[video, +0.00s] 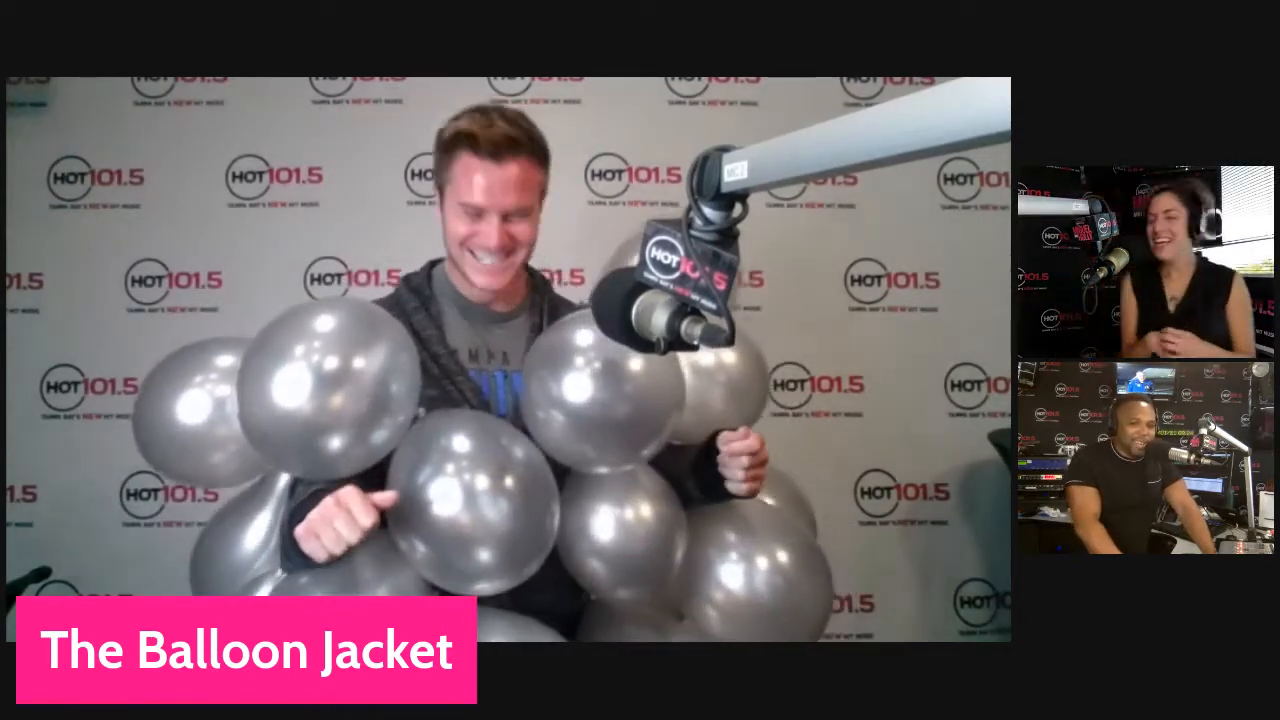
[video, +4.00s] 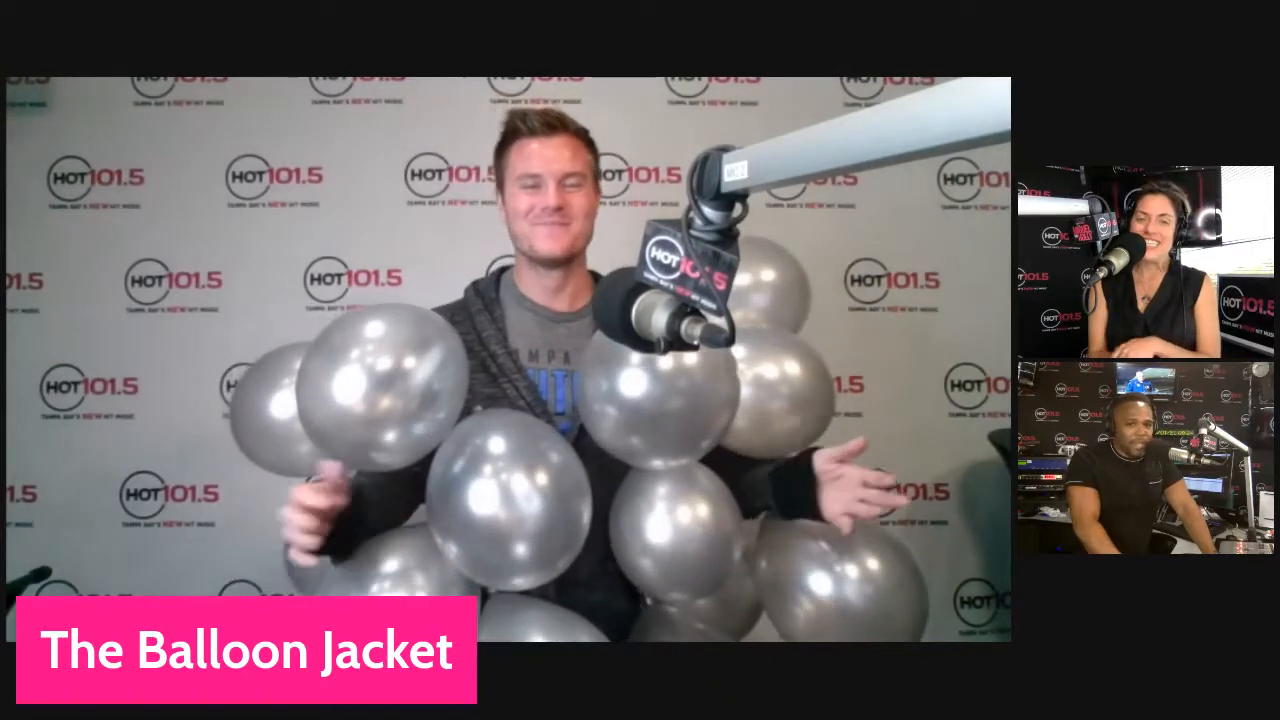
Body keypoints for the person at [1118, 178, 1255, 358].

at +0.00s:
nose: (1157, 228)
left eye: (1170, 218)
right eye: (1151, 220)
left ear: (1195, 224)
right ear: (1146, 226)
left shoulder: (1229, 283)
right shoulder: (1134, 282)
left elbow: (1248, 360)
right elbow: (1127, 355)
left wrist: (1200, 349)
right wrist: (1148, 344)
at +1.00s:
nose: (1151, 226)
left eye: (1164, 218)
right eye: (1142, 216)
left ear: (1177, 228)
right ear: (1129, 222)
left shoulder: (1196, 289)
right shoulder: (1100, 285)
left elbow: (1208, 361)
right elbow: (1087, 354)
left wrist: (1177, 349)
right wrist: (1116, 347)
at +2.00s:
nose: (1153, 227)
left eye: (1166, 219)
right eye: (1144, 217)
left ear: (1181, 228)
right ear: (1131, 223)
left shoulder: (1201, 287)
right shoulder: (1108, 285)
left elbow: (1215, 361)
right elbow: (1096, 356)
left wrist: (1184, 347)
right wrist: (1114, 343)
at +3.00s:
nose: (1151, 230)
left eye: (1164, 221)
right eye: (1142, 219)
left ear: (1178, 229)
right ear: (1129, 224)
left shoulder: (1199, 286)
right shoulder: (1106, 285)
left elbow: (1211, 360)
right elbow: (1095, 354)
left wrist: (1166, 342)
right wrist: (1132, 348)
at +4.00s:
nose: (1150, 229)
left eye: (1163, 221)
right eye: (1141, 218)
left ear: (1178, 231)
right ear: (1128, 224)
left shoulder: (1198, 285)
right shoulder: (1104, 285)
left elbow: (1211, 360)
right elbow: (1095, 354)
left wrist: (1158, 346)